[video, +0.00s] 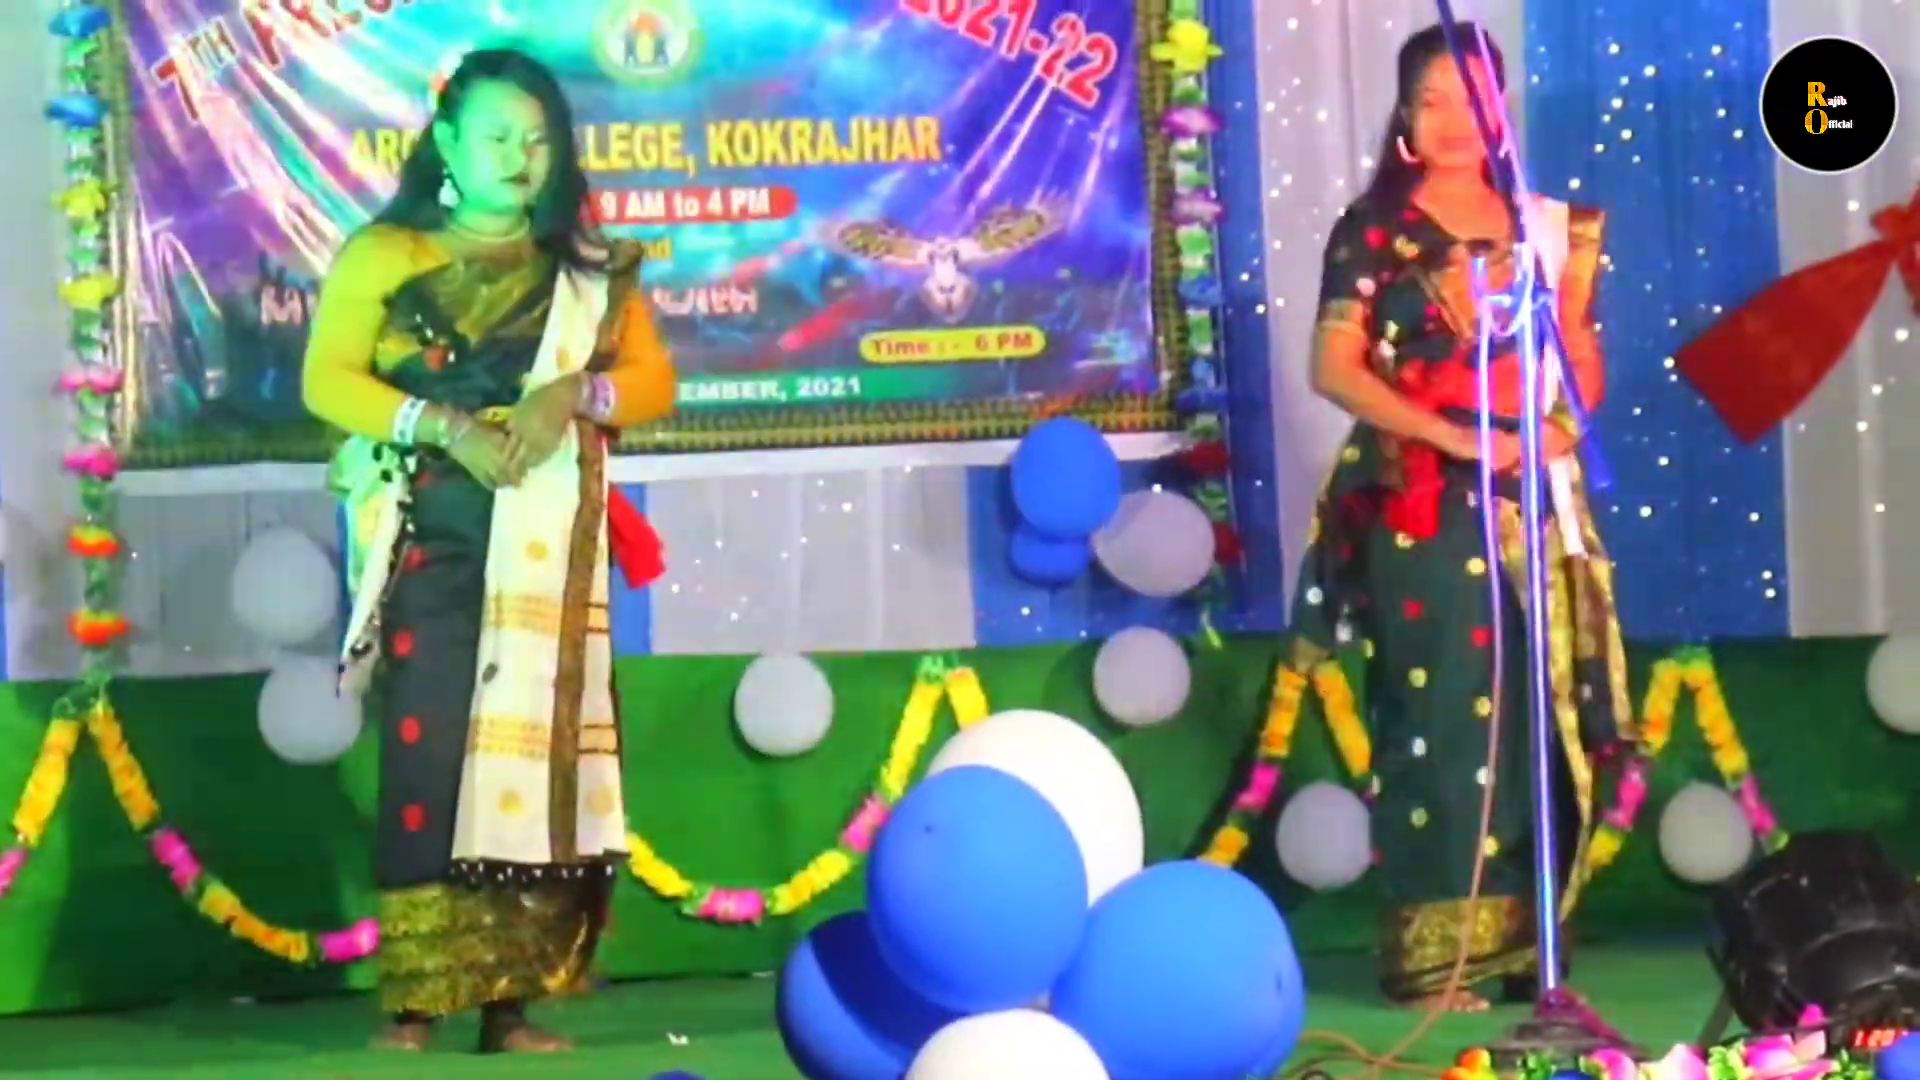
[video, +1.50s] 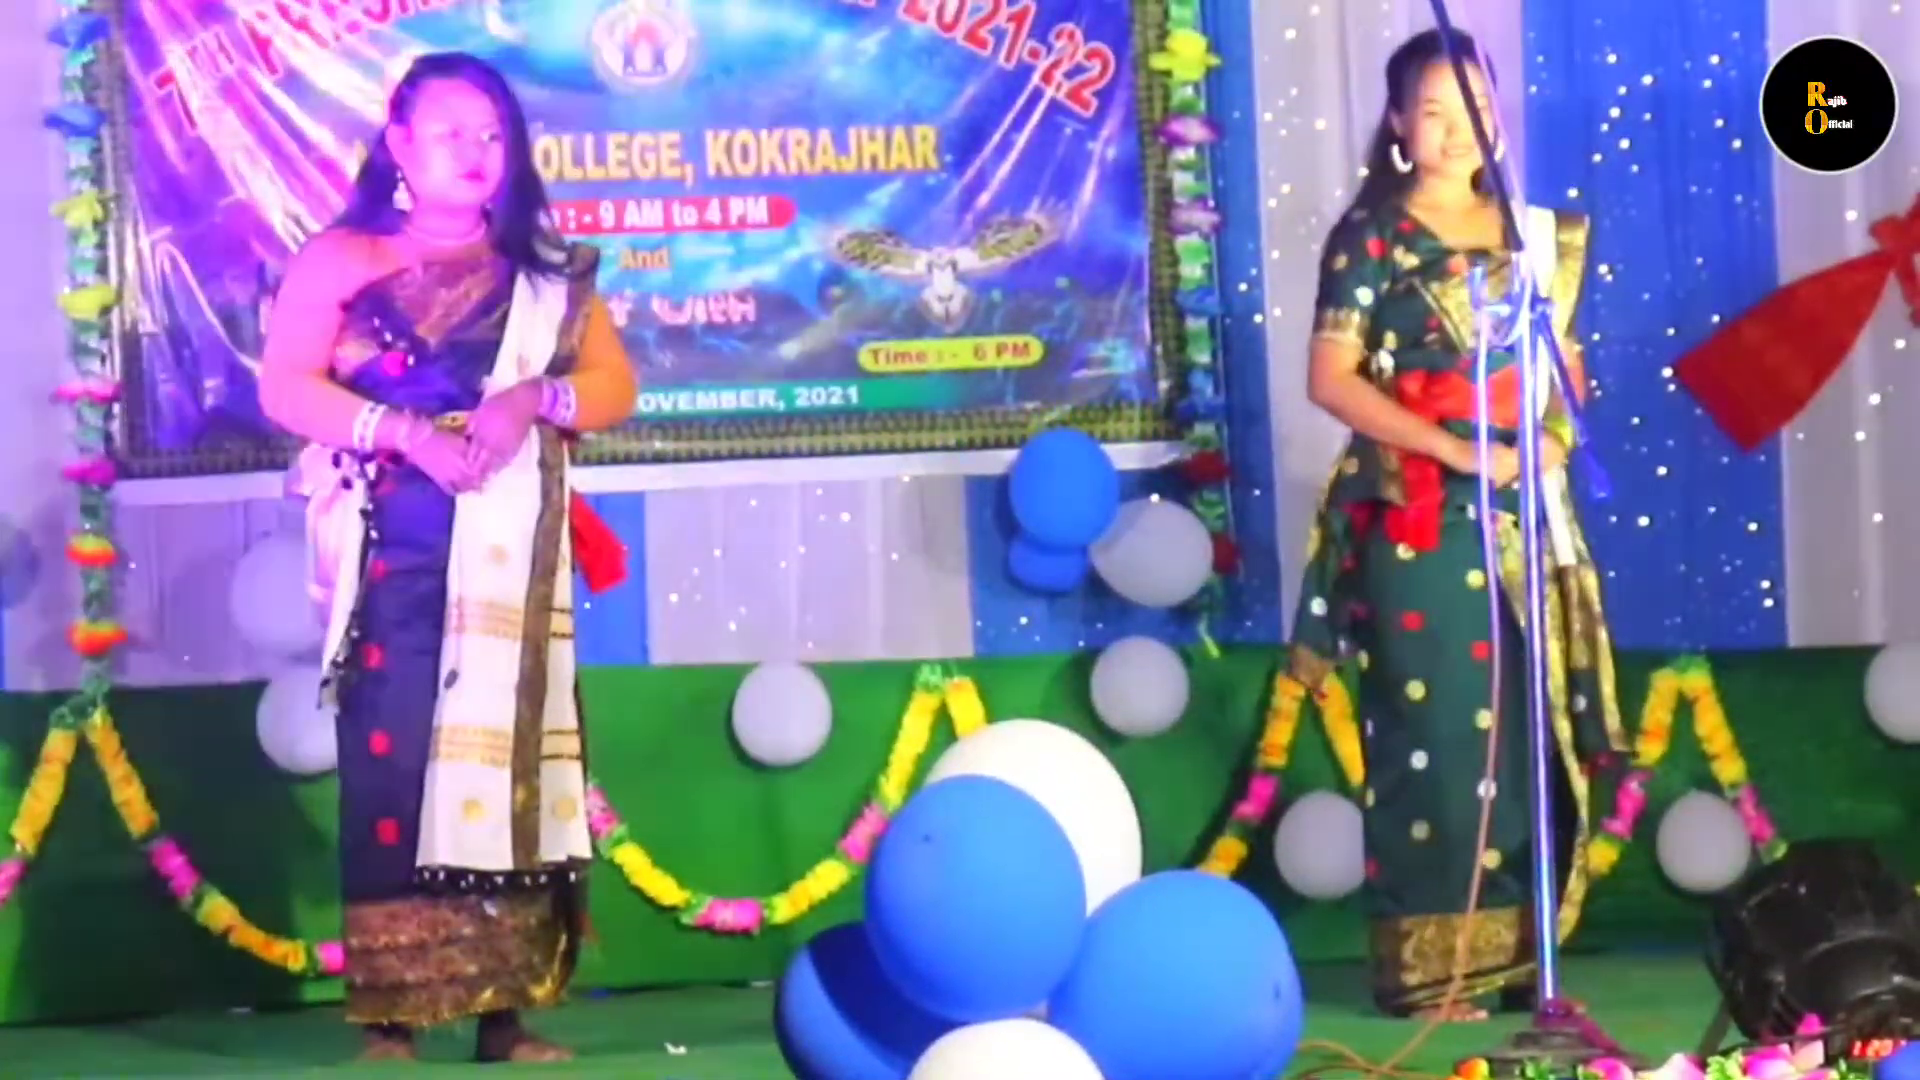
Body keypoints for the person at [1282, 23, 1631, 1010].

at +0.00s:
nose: (1443, 122)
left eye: (1461, 105)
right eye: (1426, 105)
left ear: (1494, 113)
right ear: (1404, 117)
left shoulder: (1548, 227)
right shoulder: (1372, 230)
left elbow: (1584, 389)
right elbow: (1334, 369)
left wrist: (1571, 304)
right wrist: (1456, 436)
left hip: (1535, 504)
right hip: (1424, 507)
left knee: (1541, 716)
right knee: (1440, 718)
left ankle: (1530, 951)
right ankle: (1434, 956)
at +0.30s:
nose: (1432, 125)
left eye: (1451, 108)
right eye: (1416, 107)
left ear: (1485, 116)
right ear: (1395, 118)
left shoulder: (1533, 227)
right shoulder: (1368, 233)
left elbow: (1565, 365)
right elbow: (1328, 375)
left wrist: (1563, 297)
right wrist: (1442, 438)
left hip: (1531, 503)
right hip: (1423, 511)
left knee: (1537, 718)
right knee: (1436, 721)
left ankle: (1525, 950)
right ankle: (1432, 956)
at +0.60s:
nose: (1450, 125)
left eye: (1466, 107)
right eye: (1429, 108)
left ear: (1492, 116)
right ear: (1399, 120)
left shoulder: (1530, 228)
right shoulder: (1372, 232)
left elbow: (1573, 386)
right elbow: (1331, 372)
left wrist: (1565, 313)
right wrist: (1465, 438)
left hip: (1534, 506)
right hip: (1429, 514)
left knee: (1544, 726)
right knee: (1444, 728)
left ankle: (1535, 964)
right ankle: (1436, 964)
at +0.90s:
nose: (1457, 121)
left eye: (1472, 102)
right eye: (1436, 105)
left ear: (1496, 111)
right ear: (1405, 119)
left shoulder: (1528, 227)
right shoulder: (1379, 233)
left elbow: (1547, 364)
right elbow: (1340, 379)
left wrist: (1563, 303)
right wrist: (1470, 452)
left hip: (1524, 509)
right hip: (1427, 516)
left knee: (1538, 726)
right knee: (1444, 729)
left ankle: (1526, 960)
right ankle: (1436, 965)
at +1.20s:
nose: (1455, 127)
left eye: (1470, 108)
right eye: (1434, 111)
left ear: (1493, 116)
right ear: (1404, 123)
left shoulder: (1528, 229)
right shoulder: (1376, 234)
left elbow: (1558, 362)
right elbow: (1336, 378)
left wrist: (1555, 431)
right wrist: (1465, 451)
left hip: (1520, 511)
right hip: (1423, 516)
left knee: (1530, 723)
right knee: (1438, 725)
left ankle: (1520, 955)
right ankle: (1434, 961)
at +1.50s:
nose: (1446, 130)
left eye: (1463, 113)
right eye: (1428, 113)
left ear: (1489, 121)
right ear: (1399, 124)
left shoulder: (1527, 230)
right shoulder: (1369, 234)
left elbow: (1562, 366)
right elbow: (1330, 380)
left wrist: (1556, 398)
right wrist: (1452, 447)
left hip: (1523, 512)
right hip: (1419, 518)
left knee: (1532, 726)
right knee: (1436, 729)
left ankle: (1521, 961)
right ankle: (1428, 966)